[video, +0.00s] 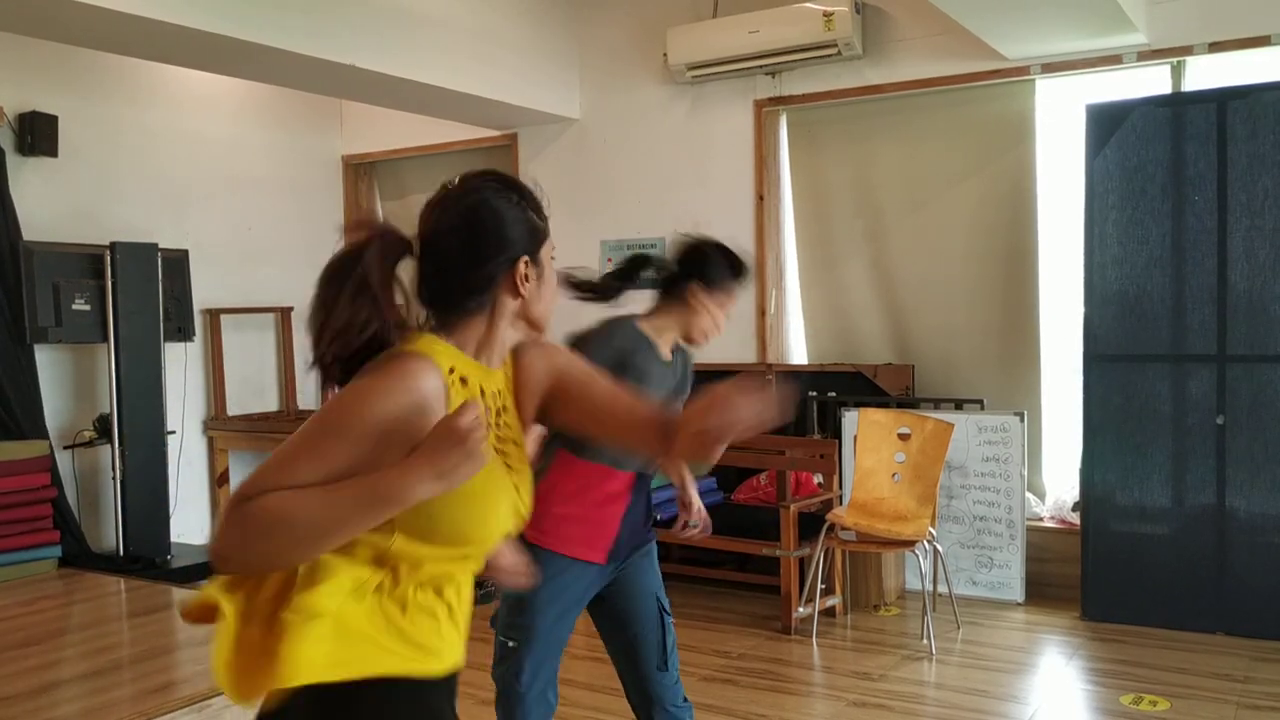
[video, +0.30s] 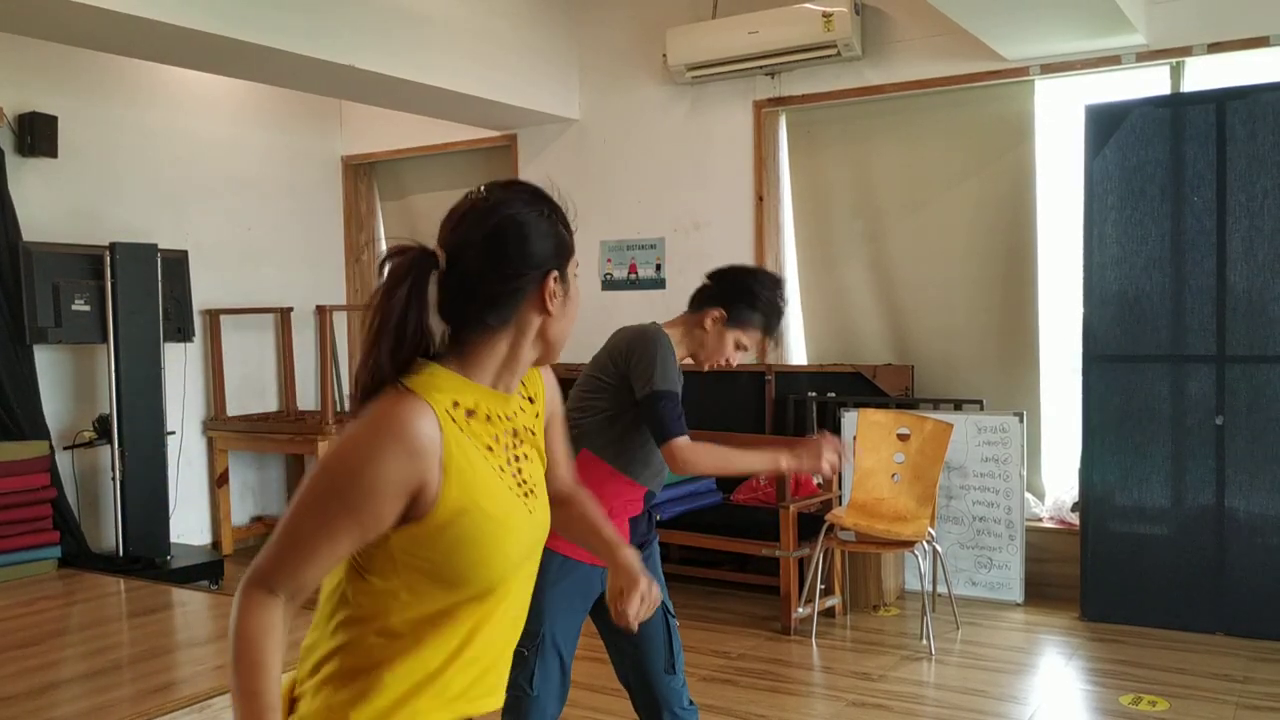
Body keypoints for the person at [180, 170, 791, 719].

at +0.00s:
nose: (555, 282)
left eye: (553, 265)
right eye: (551, 264)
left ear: (447, 272)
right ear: (521, 279)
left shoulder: (530, 362)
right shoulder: (411, 382)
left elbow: (665, 440)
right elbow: (236, 537)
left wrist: (707, 426)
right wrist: (420, 475)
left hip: (429, 671)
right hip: (344, 675)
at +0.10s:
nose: (572, 291)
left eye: (569, 272)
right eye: (566, 273)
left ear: (454, 284)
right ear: (531, 287)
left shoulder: (551, 389)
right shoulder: (394, 406)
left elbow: (642, 556)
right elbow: (232, 548)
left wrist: (584, 472)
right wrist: (350, 556)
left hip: (440, 689)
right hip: (318, 694)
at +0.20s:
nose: (577, 291)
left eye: (576, 271)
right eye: (576, 272)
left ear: (465, 275)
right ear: (543, 285)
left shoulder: (547, 389)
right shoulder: (387, 406)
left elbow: (632, 548)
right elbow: (263, 559)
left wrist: (593, 528)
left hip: (461, 695)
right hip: (347, 697)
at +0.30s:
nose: (575, 298)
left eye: (574, 279)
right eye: (574, 280)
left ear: (467, 284)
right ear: (550, 292)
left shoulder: (537, 387)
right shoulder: (405, 425)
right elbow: (266, 591)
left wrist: (620, 557)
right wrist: (260, 712)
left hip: (478, 696)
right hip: (366, 704)